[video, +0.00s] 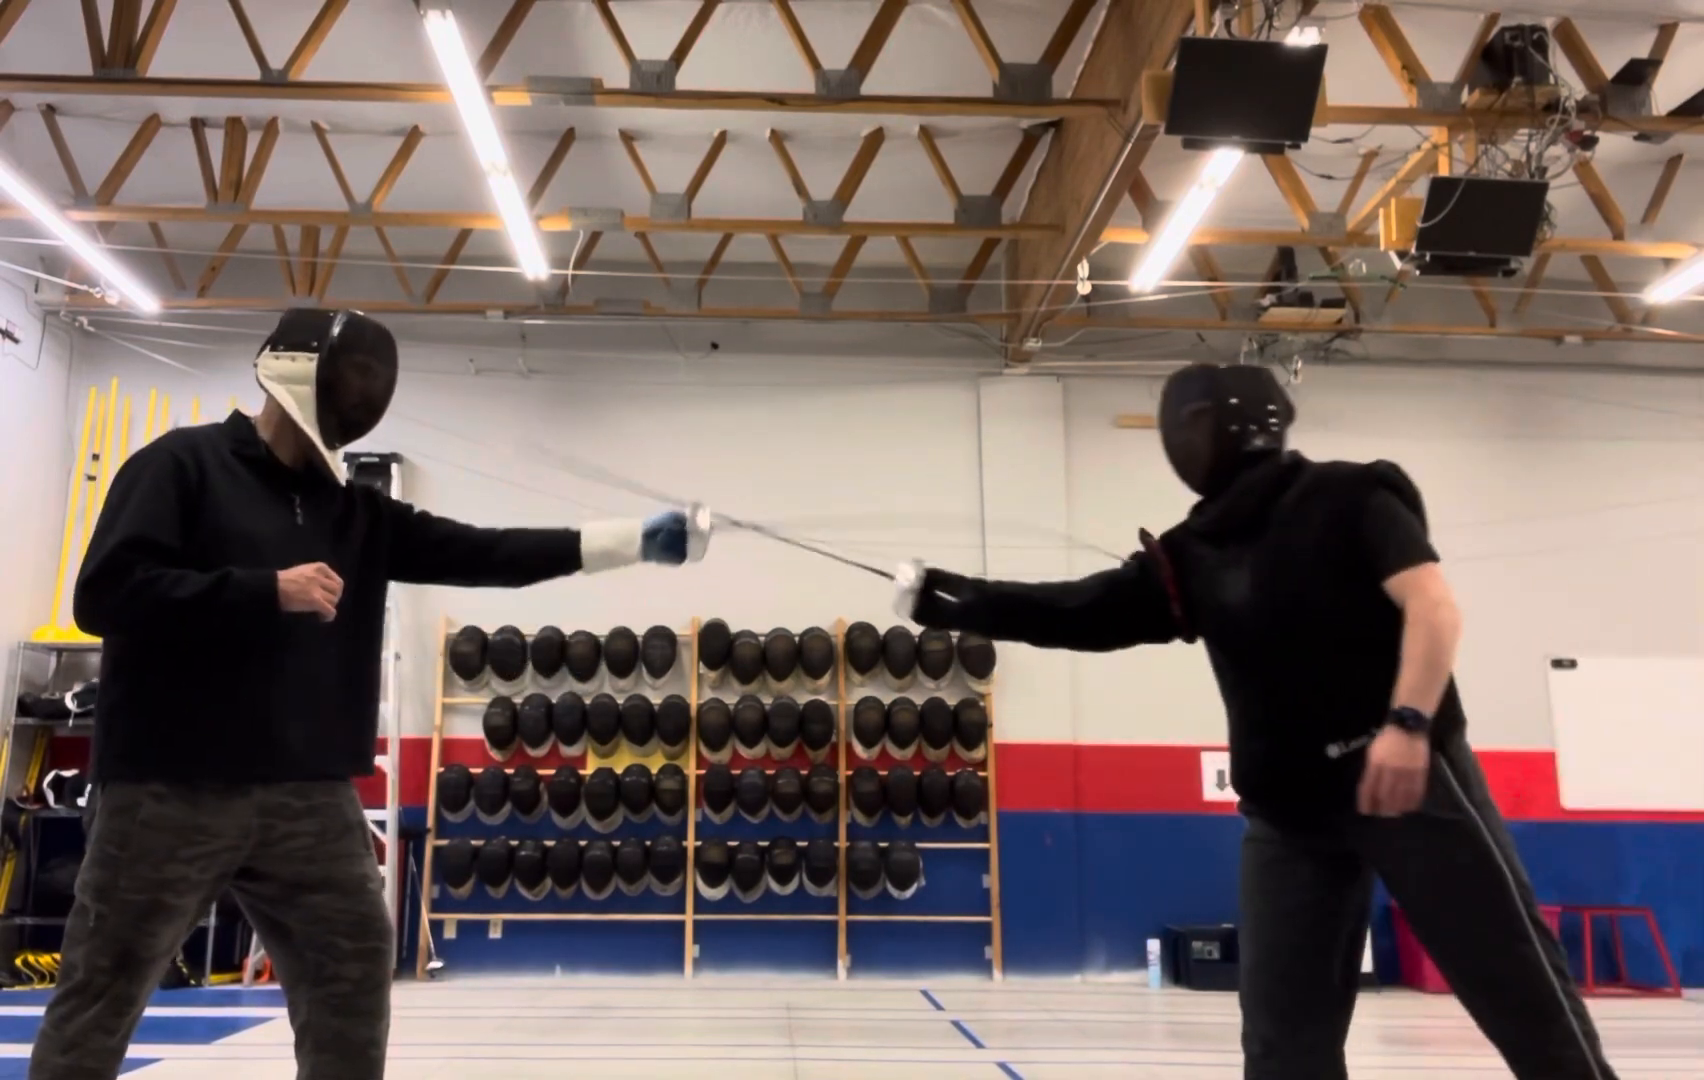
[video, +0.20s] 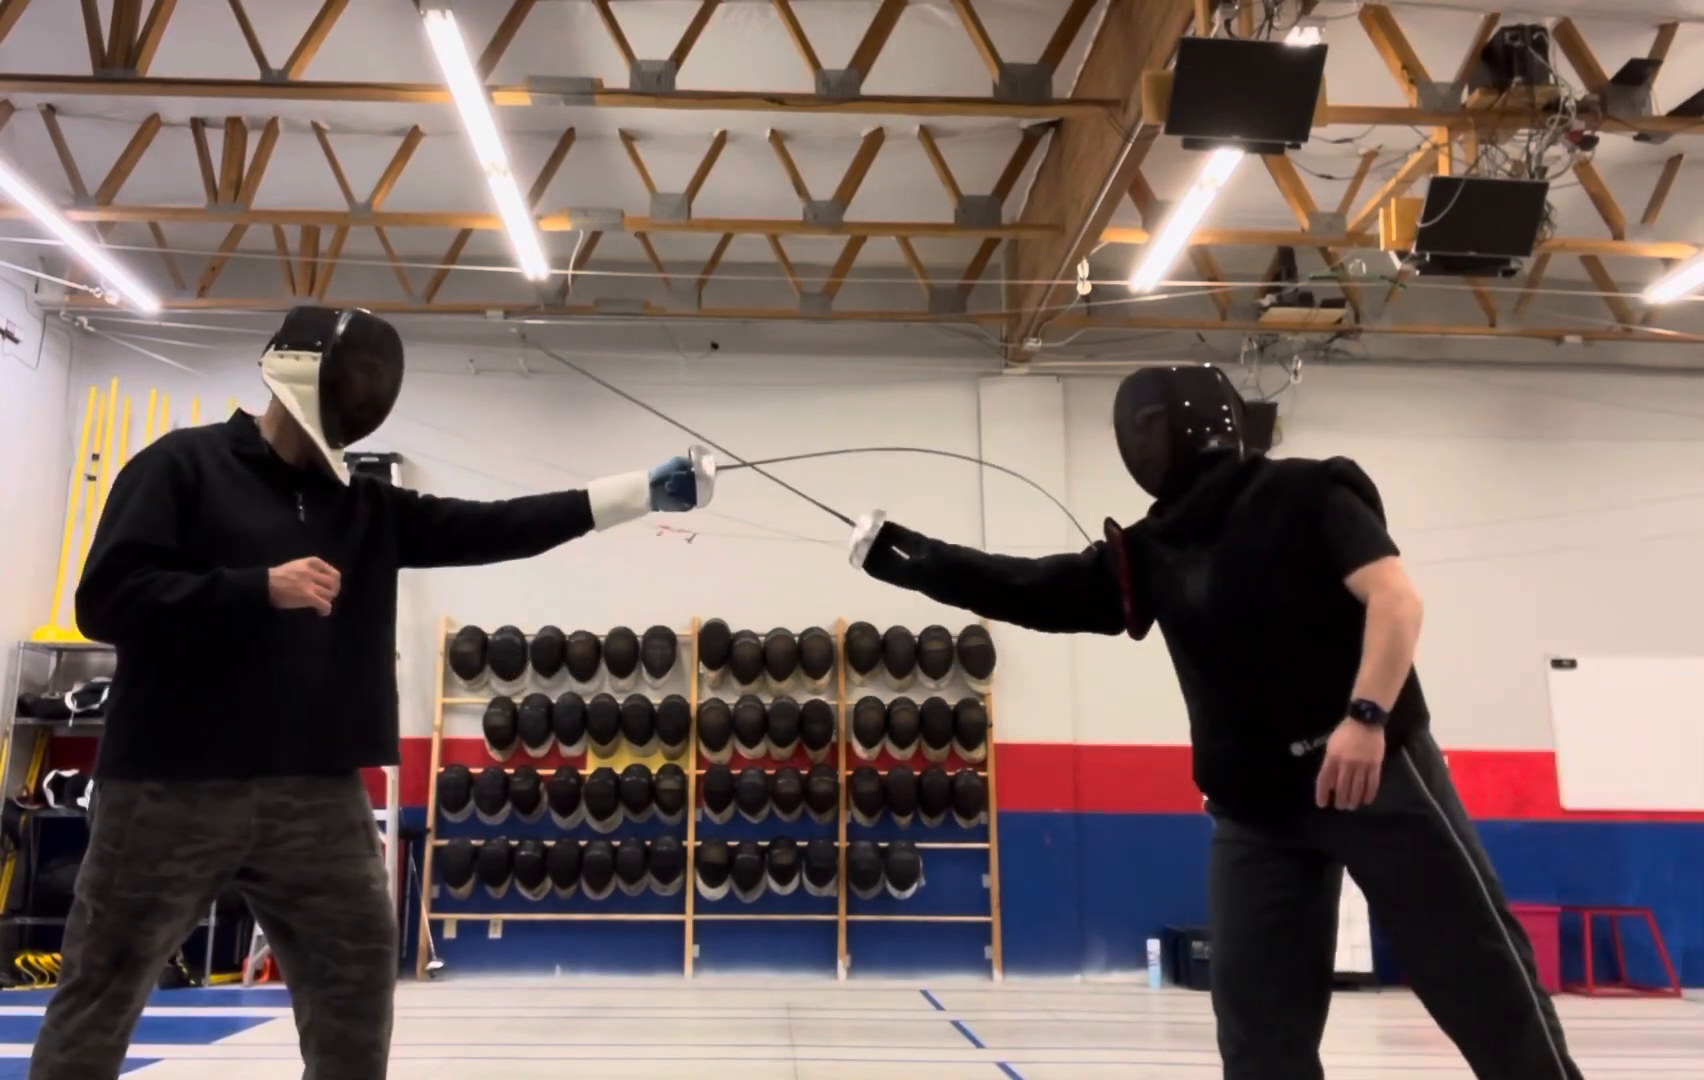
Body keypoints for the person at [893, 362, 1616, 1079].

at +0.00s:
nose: (1174, 445)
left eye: (1183, 424)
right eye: (1172, 429)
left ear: (1231, 423)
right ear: (1239, 429)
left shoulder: (1351, 498)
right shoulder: (1193, 558)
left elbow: (1435, 610)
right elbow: (1081, 610)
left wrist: (1409, 723)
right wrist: (958, 602)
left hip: (1413, 788)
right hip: (1291, 817)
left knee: (1525, 1000)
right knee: (1286, 1046)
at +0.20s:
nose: (1132, 448)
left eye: (1140, 428)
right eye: (1131, 432)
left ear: (1184, 430)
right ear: (1210, 428)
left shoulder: (1310, 492)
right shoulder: (1151, 555)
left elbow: (1397, 602)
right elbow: (1031, 590)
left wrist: (1367, 716)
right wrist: (916, 560)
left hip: (1384, 789)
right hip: (1258, 816)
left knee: (1490, 994)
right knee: (1262, 1041)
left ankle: (1544, 1078)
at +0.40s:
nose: (1137, 448)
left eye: (1143, 428)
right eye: (1135, 433)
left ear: (1185, 427)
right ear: (1208, 427)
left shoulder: (1315, 491)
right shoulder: (1157, 558)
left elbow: (1401, 603)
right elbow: (1040, 599)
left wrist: (1378, 722)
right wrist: (918, 576)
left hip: (1384, 783)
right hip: (1264, 813)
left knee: (1487, 991)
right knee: (1264, 1041)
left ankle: (1546, 1079)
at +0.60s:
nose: (1187, 448)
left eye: (1200, 427)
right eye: (1184, 432)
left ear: (1249, 424)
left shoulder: (1361, 501)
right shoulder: (1212, 565)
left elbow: (1445, 617)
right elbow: (1145, 674)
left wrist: (1410, 732)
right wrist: (1015, 691)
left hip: (1420, 792)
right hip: (1298, 820)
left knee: (1536, 996)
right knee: (1282, 1043)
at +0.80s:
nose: (1288, 468)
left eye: (1299, 448)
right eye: (1286, 452)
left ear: (1346, 444)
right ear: (1362, 447)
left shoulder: (1462, 525)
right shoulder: (1305, 573)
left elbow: (1545, 647)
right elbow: (1296, 710)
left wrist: (1486, 759)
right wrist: (1221, 793)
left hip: (1495, 815)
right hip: (1364, 828)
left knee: (1595, 1024)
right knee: (1307, 1045)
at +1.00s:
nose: (1390, 465)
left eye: (1401, 444)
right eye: (1388, 449)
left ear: (1445, 442)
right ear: (1474, 442)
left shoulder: (1573, 523)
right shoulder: (1408, 570)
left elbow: (1653, 646)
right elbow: (1383, 701)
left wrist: (1601, 766)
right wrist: (1282, 751)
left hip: (1595, 818)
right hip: (1468, 826)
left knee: (1651, 1037)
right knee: (1407, 1041)